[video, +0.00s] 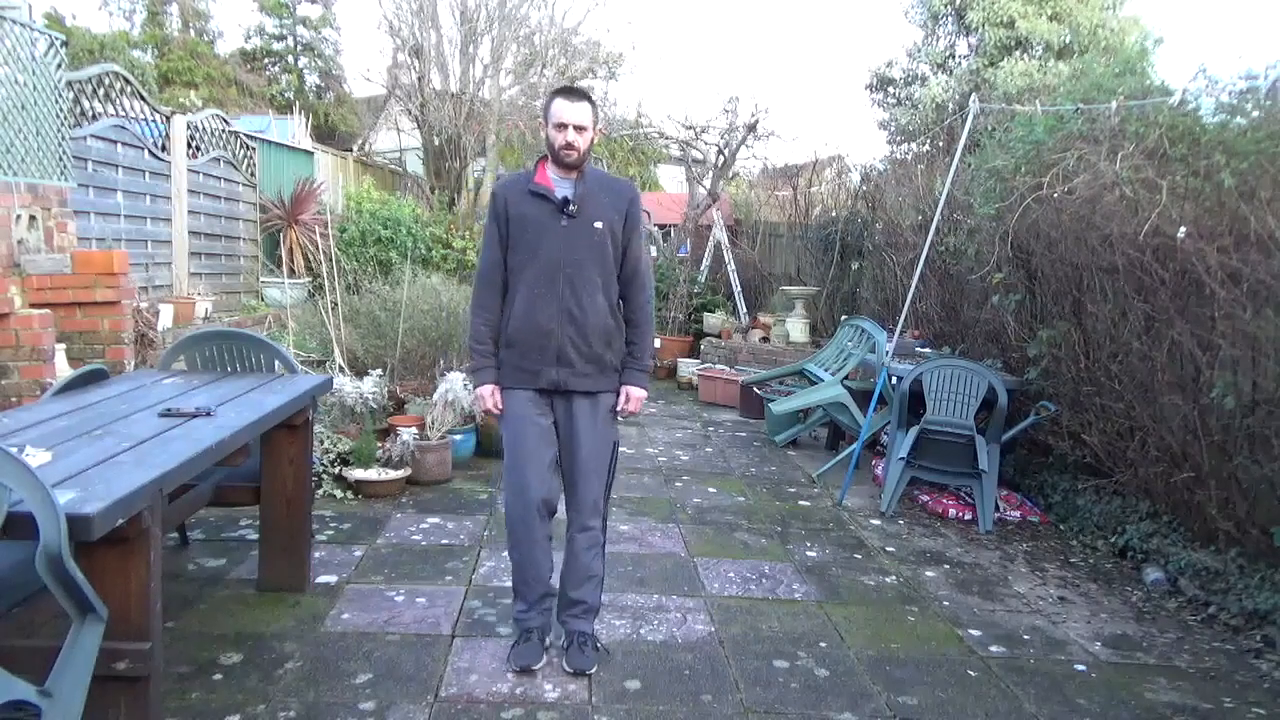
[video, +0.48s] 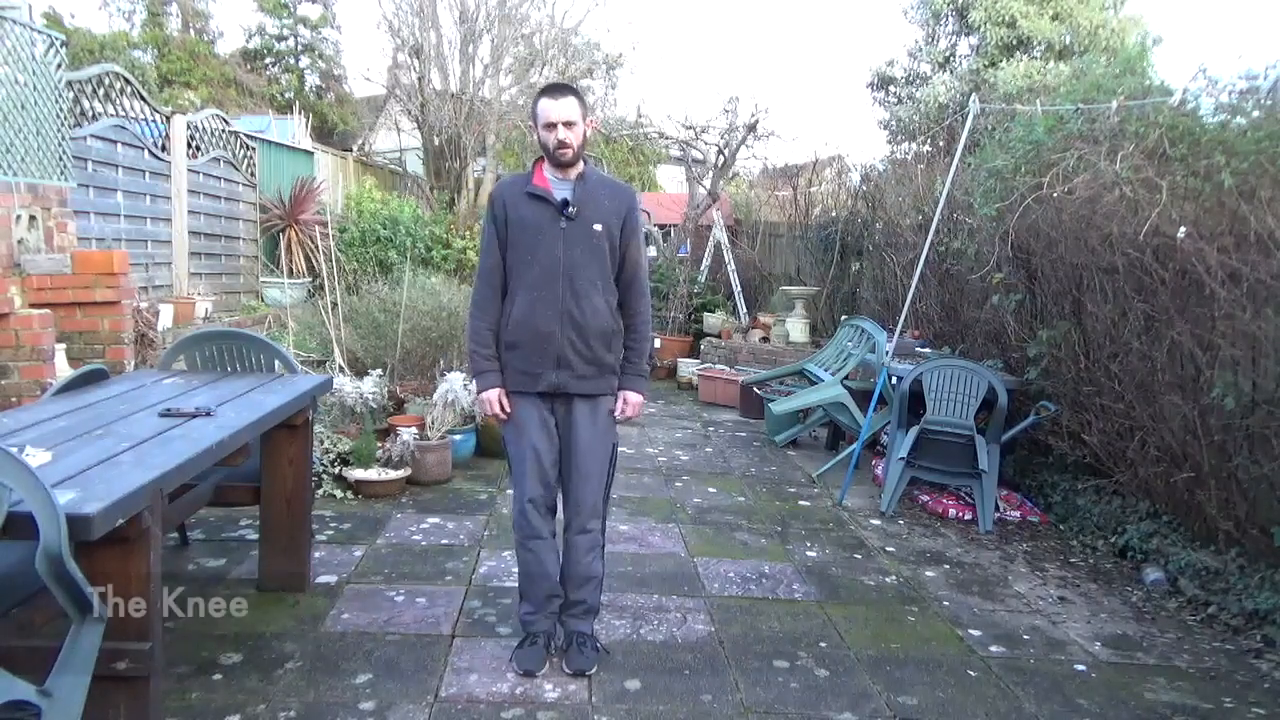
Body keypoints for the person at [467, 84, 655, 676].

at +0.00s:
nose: (570, 136)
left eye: (580, 127)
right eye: (561, 126)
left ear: (595, 133)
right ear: (544, 130)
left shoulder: (621, 196)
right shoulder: (510, 193)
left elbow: (638, 292)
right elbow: (488, 288)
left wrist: (637, 372)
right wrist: (484, 370)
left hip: (596, 378)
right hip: (521, 376)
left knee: (588, 510)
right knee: (529, 501)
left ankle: (580, 627)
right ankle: (529, 623)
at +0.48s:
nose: (560, 135)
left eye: (569, 124)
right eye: (549, 126)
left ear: (587, 127)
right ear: (535, 131)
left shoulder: (619, 198)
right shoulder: (507, 196)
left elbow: (637, 296)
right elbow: (486, 293)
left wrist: (636, 378)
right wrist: (486, 374)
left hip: (596, 379)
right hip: (523, 378)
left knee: (586, 511)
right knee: (531, 507)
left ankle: (582, 625)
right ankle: (535, 624)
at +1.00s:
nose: (549, 137)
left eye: (558, 126)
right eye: (539, 128)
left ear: (577, 126)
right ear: (526, 131)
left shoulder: (612, 196)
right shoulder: (500, 197)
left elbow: (632, 294)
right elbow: (482, 294)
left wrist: (633, 376)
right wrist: (482, 377)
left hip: (593, 378)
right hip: (519, 378)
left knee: (585, 508)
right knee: (530, 506)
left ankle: (580, 631)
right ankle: (536, 630)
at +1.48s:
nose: (545, 135)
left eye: (554, 124)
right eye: (534, 126)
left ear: (574, 126)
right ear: (522, 132)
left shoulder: (610, 194)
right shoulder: (496, 198)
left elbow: (630, 292)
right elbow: (479, 296)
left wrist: (630, 376)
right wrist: (480, 380)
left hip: (591, 379)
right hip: (517, 380)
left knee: (584, 509)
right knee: (529, 507)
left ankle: (579, 633)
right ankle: (536, 633)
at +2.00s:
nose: (543, 136)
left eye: (552, 125)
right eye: (532, 127)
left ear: (573, 125)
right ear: (520, 131)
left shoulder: (607, 194)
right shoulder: (494, 198)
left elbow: (627, 291)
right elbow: (475, 296)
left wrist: (628, 376)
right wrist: (477, 379)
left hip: (590, 378)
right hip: (516, 379)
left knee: (584, 509)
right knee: (529, 507)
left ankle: (580, 631)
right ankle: (536, 632)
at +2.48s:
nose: (551, 138)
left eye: (560, 128)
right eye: (540, 128)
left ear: (575, 130)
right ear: (523, 128)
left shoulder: (606, 195)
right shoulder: (494, 194)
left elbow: (625, 291)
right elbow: (466, 288)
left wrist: (627, 374)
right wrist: (500, 230)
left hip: (590, 376)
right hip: (516, 376)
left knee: (583, 509)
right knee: (529, 506)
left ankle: (580, 631)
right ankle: (536, 631)